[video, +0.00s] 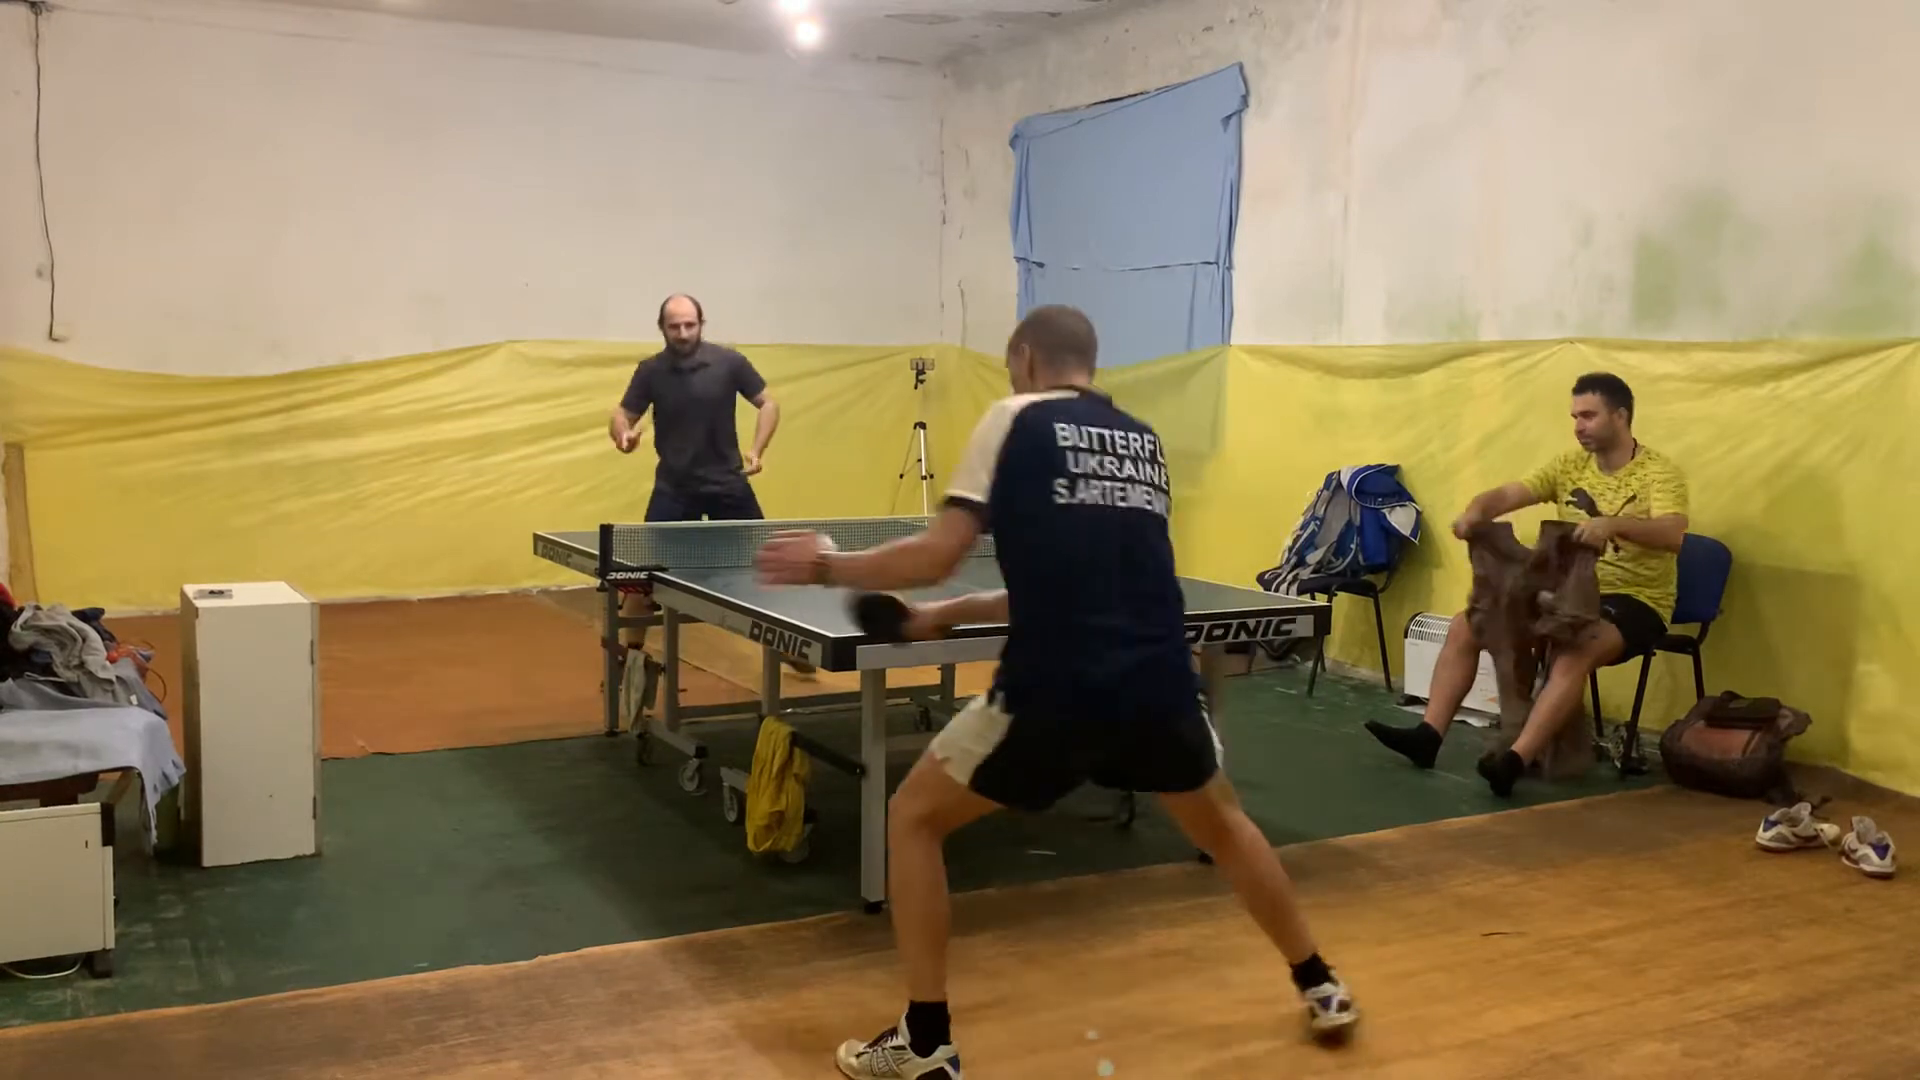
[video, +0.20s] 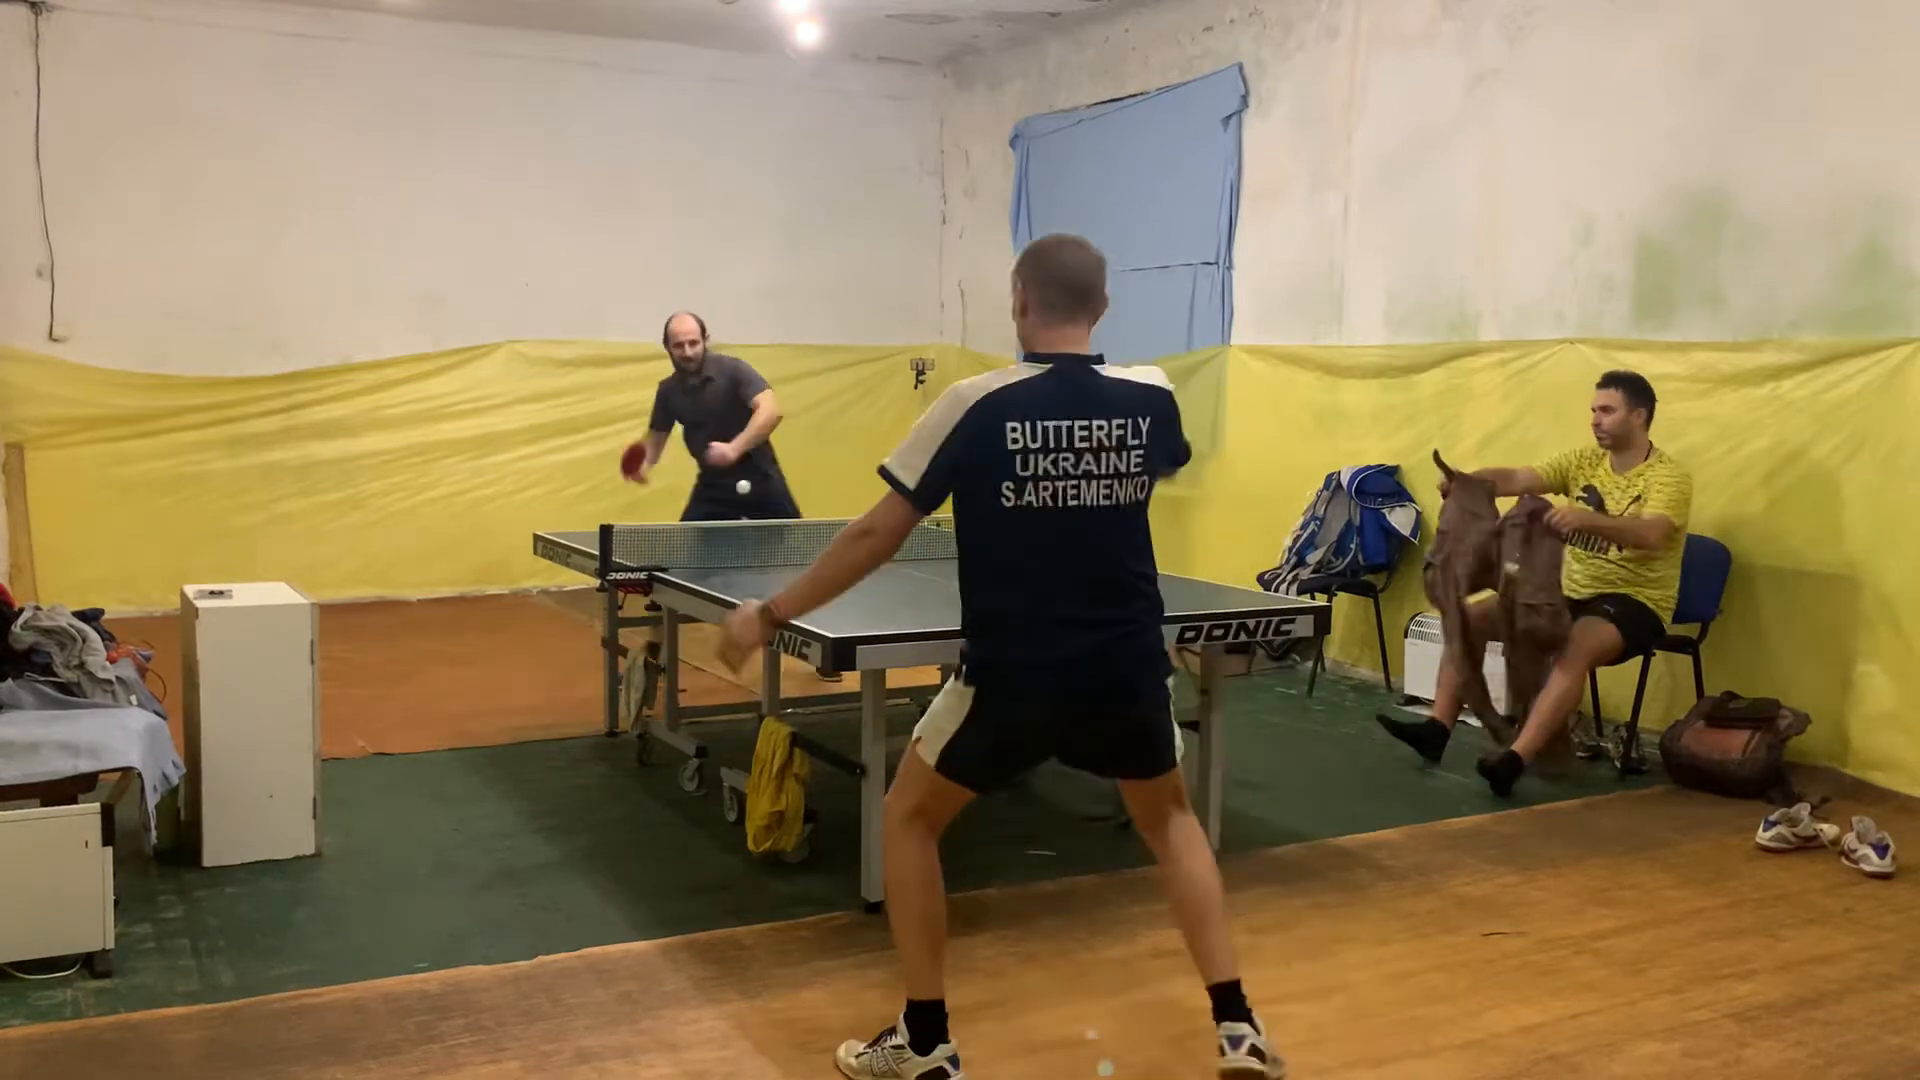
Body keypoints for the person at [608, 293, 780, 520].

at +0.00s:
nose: (682, 334)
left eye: (689, 326)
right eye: (674, 327)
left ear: (701, 324)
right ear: (662, 328)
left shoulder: (729, 363)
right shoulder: (650, 371)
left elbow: (768, 405)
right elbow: (623, 415)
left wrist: (756, 451)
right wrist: (623, 436)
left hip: (726, 485)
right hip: (673, 487)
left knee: (759, 552)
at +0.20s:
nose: (687, 353)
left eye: (693, 344)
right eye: (678, 346)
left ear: (705, 341)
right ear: (667, 348)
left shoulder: (734, 370)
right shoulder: (669, 391)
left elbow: (770, 411)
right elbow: (656, 437)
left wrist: (734, 448)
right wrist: (644, 462)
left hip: (761, 481)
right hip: (713, 485)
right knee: (683, 550)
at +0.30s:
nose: (698, 373)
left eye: (704, 364)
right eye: (689, 366)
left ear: (716, 361)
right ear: (679, 369)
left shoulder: (741, 388)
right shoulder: (690, 409)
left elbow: (742, 423)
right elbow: (691, 461)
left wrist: (692, 451)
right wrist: (678, 495)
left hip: (781, 500)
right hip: (734, 499)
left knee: (787, 580)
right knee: (690, 564)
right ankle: (700, 657)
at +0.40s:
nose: (712, 397)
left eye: (718, 388)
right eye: (704, 391)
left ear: (733, 385)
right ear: (697, 392)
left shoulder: (754, 411)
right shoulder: (719, 422)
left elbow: (738, 450)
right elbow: (739, 472)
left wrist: (690, 479)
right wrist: (743, 513)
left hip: (800, 518)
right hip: (755, 518)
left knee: (822, 586)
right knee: (697, 572)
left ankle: (848, 655)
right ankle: (701, 660)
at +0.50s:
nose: (738, 410)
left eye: (744, 400)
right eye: (731, 403)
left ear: (762, 395)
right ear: (725, 404)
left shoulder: (779, 423)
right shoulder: (763, 427)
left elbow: (798, 469)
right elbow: (785, 478)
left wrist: (768, 513)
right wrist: (770, 514)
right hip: (800, 525)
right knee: (722, 567)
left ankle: (704, 659)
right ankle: (704, 658)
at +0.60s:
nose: (778, 398)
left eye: (784, 389)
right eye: (774, 390)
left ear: (807, 384)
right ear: (772, 391)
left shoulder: (837, 415)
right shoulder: (799, 422)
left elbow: (879, 462)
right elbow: (816, 475)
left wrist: (848, 502)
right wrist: (808, 515)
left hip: (856, 525)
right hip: (814, 522)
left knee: (867, 597)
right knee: (754, 575)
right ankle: (711, 656)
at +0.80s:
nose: (857, 358)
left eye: (864, 351)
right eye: (853, 353)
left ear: (886, 355)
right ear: (851, 358)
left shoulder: (912, 399)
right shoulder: (845, 391)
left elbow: (928, 450)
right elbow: (810, 374)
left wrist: (886, 468)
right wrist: (834, 323)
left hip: (882, 515)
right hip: (830, 509)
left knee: (905, 587)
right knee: (778, 557)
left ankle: (948, 662)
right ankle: (772, 643)